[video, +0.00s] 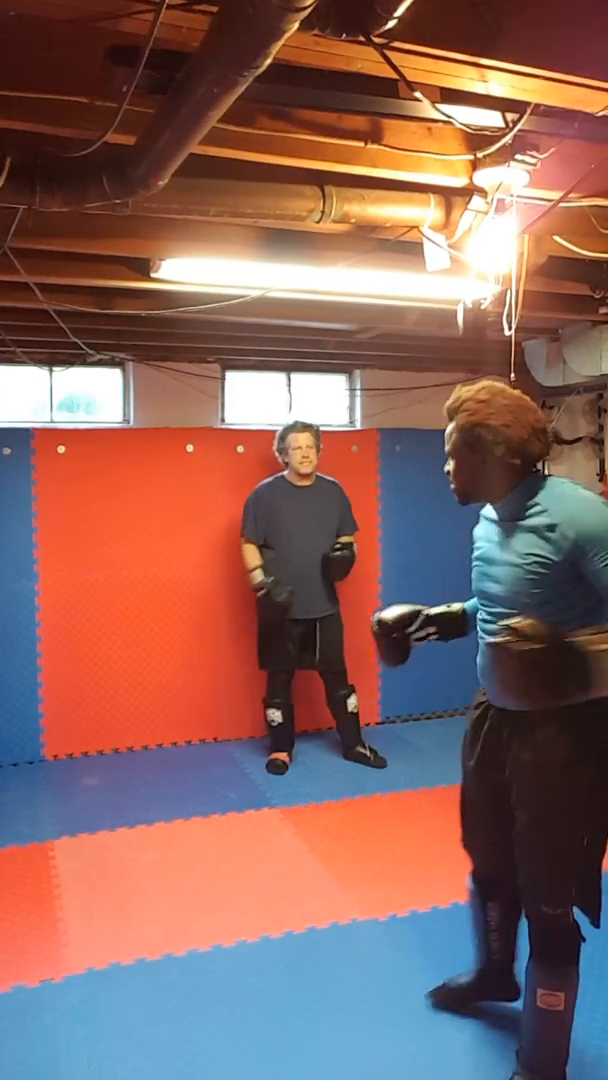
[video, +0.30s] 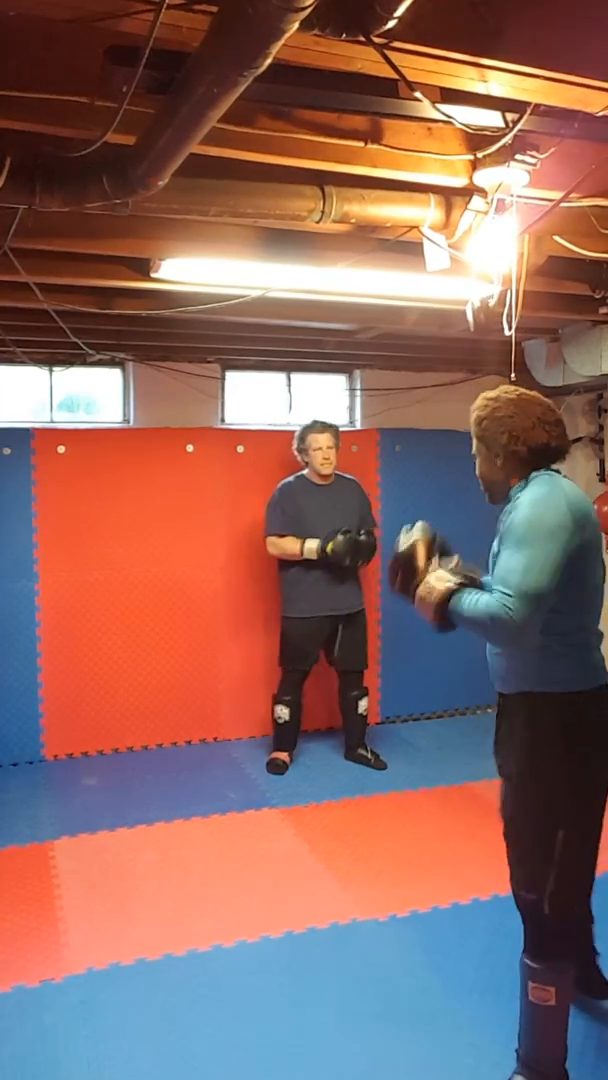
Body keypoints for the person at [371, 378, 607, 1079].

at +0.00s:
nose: (446, 468)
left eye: (455, 454)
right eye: (447, 454)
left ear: (502, 455)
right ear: (494, 457)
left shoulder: (582, 521)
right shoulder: (489, 520)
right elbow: (505, 609)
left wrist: (571, 652)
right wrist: (434, 619)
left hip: (563, 733)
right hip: (495, 722)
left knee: (548, 902)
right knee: (491, 862)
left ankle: (544, 1067)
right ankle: (495, 976)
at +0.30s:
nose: (474, 462)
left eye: (479, 447)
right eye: (475, 447)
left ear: (506, 450)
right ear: (528, 446)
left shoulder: (545, 503)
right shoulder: (537, 502)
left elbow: (512, 615)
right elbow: (509, 591)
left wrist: (449, 596)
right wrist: (451, 569)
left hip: (555, 716)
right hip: (548, 710)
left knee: (543, 889)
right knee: (556, 876)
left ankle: (542, 1065)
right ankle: (585, 988)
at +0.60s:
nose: (484, 480)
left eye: (489, 466)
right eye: (482, 468)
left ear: (526, 459)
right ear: (533, 460)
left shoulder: (537, 518)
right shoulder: (580, 505)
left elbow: (479, 609)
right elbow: (538, 593)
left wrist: (420, 577)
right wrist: (464, 570)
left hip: (541, 704)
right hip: (581, 695)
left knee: (521, 875)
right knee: (573, 846)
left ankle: (536, 1058)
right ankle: (598, 980)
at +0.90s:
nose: (469, 477)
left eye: (472, 464)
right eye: (468, 466)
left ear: (502, 455)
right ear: (519, 457)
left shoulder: (505, 503)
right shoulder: (572, 505)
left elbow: (452, 585)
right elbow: (509, 591)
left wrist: (406, 564)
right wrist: (425, 573)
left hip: (515, 684)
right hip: (573, 681)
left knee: (478, 833)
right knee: (569, 831)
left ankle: (455, 992)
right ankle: (595, 978)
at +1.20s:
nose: (425, 470)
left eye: (429, 461)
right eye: (427, 460)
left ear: (448, 461)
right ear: (483, 458)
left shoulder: (429, 509)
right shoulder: (524, 506)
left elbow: (393, 596)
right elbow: (489, 579)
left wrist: (363, 567)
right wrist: (407, 557)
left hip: (456, 685)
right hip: (520, 682)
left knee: (442, 833)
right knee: (524, 819)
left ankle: (433, 975)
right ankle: (571, 956)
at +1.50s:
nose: (391, 473)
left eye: (393, 465)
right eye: (395, 465)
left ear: (408, 465)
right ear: (457, 463)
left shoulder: (385, 509)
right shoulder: (490, 504)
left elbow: (364, 603)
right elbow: (484, 583)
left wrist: (349, 554)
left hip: (424, 677)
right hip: (487, 673)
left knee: (427, 820)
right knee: (469, 806)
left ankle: (433, 975)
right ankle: (458, 925)